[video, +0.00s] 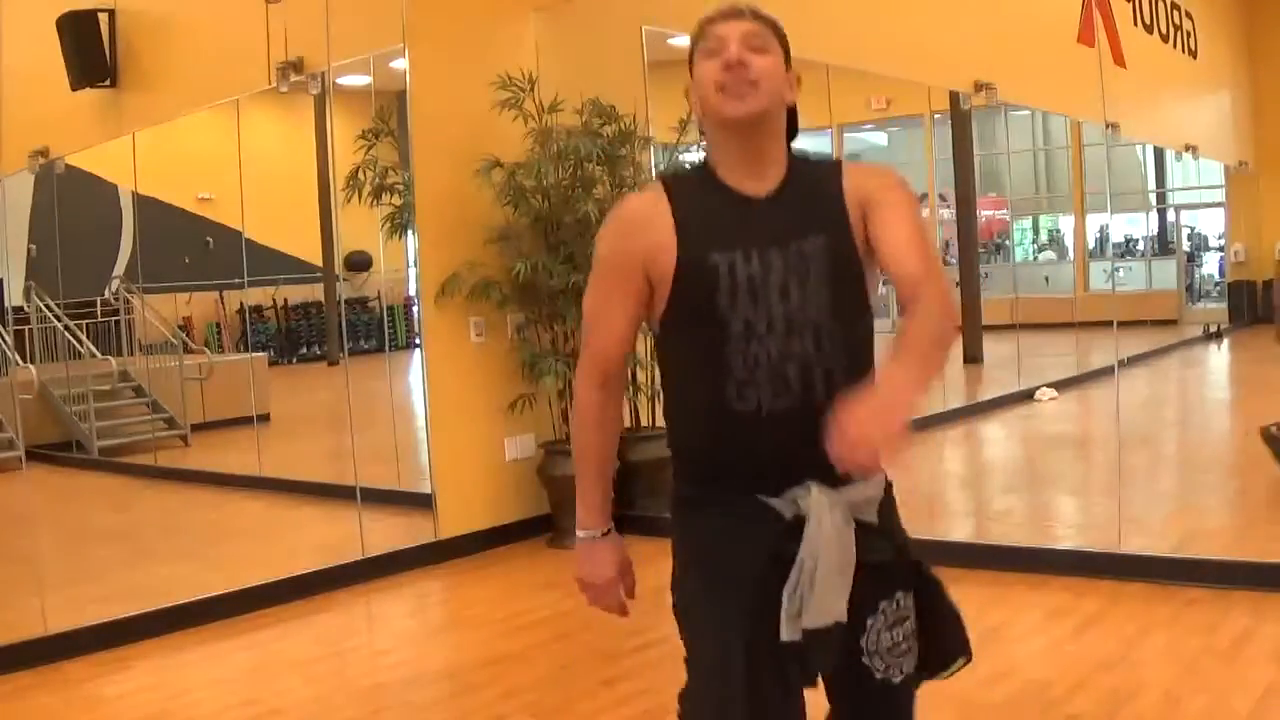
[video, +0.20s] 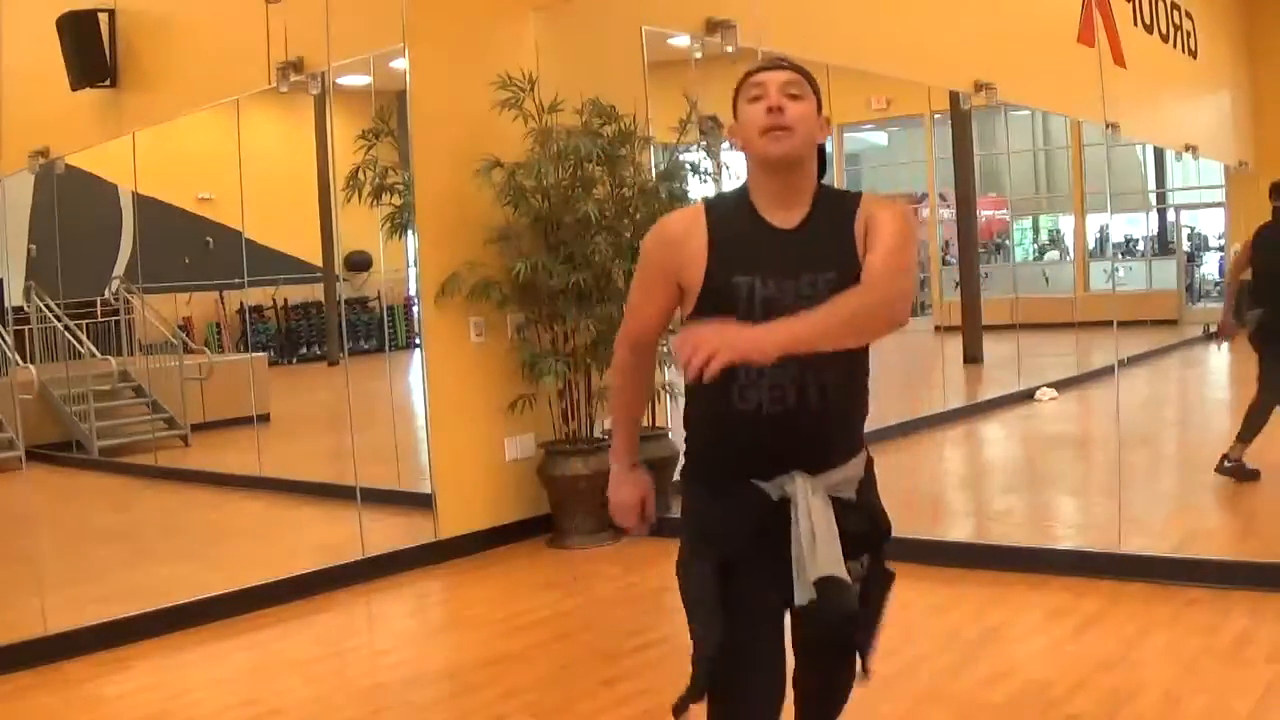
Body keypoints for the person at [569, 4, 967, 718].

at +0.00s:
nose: (734, 58)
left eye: (755, 48)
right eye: (713, 52)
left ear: (790, 85)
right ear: (691, 94)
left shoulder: (866, 191)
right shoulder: (643, 222)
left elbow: (933, 306)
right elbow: (600, 380)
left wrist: (888, 397)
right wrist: (594, 528)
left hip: (854, 508)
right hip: (727, 524)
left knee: (881, 703)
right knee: (739, 704)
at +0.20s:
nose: (775, 105)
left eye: (792, 95)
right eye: (756, 99)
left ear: (822, 124)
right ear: (735, 133)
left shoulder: (877, 220)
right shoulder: (680, 236)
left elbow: (888, 305)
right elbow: (634, 348)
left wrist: (763, 338)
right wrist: (624, 463)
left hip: (838, 493)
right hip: (728, 500)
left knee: (828, 679)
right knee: (744, 694)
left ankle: (816, 718)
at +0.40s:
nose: (774, 90)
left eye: (791, 82)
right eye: (757, 83)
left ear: (817, 111)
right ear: (738, 116)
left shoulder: (863, 212)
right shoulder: (692, 212)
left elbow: (874, 351)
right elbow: (651, 325)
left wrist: (851, 469)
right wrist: (637, 433)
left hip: (826, 449)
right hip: (725, 448)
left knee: (818, 625)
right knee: (719, 627)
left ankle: (809, 716)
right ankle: (719, 718)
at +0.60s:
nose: (763, 109)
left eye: (780, 102)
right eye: (748, 103)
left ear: (803, 129)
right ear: (729, 132)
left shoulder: (851, 218)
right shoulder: (689, 223)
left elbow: (923, 292)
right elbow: (649, 321)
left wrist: (955, 358)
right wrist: (641, 413)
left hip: (807, 437)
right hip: (718, 435)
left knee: (805, 605)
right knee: (720, 578)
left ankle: (805, 717)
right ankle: (742, 654)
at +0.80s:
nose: (741, 162)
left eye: (755, 153)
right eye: (728, 155)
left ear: (777, 175)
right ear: (712, 178)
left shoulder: (819, 254)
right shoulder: (687, 258)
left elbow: (904, 308)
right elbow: (651, 340)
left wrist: (963, 367)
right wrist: (653, 410)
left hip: (793, 443)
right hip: (718, 443)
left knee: (798, 586)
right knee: (725, 556)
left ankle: (803, 711)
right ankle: (764, 622)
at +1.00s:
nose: (717, 188)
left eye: (728, 178)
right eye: (705, 182)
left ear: (752, 191)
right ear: (694, 202)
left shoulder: (795, 266)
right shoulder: (683, 274)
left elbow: (822, 371)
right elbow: (657, 351)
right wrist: (645, 363)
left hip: (789, 434)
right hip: (721, 433)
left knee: (790, 564)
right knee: (731, 553)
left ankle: (791, 694)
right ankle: (773, 631)